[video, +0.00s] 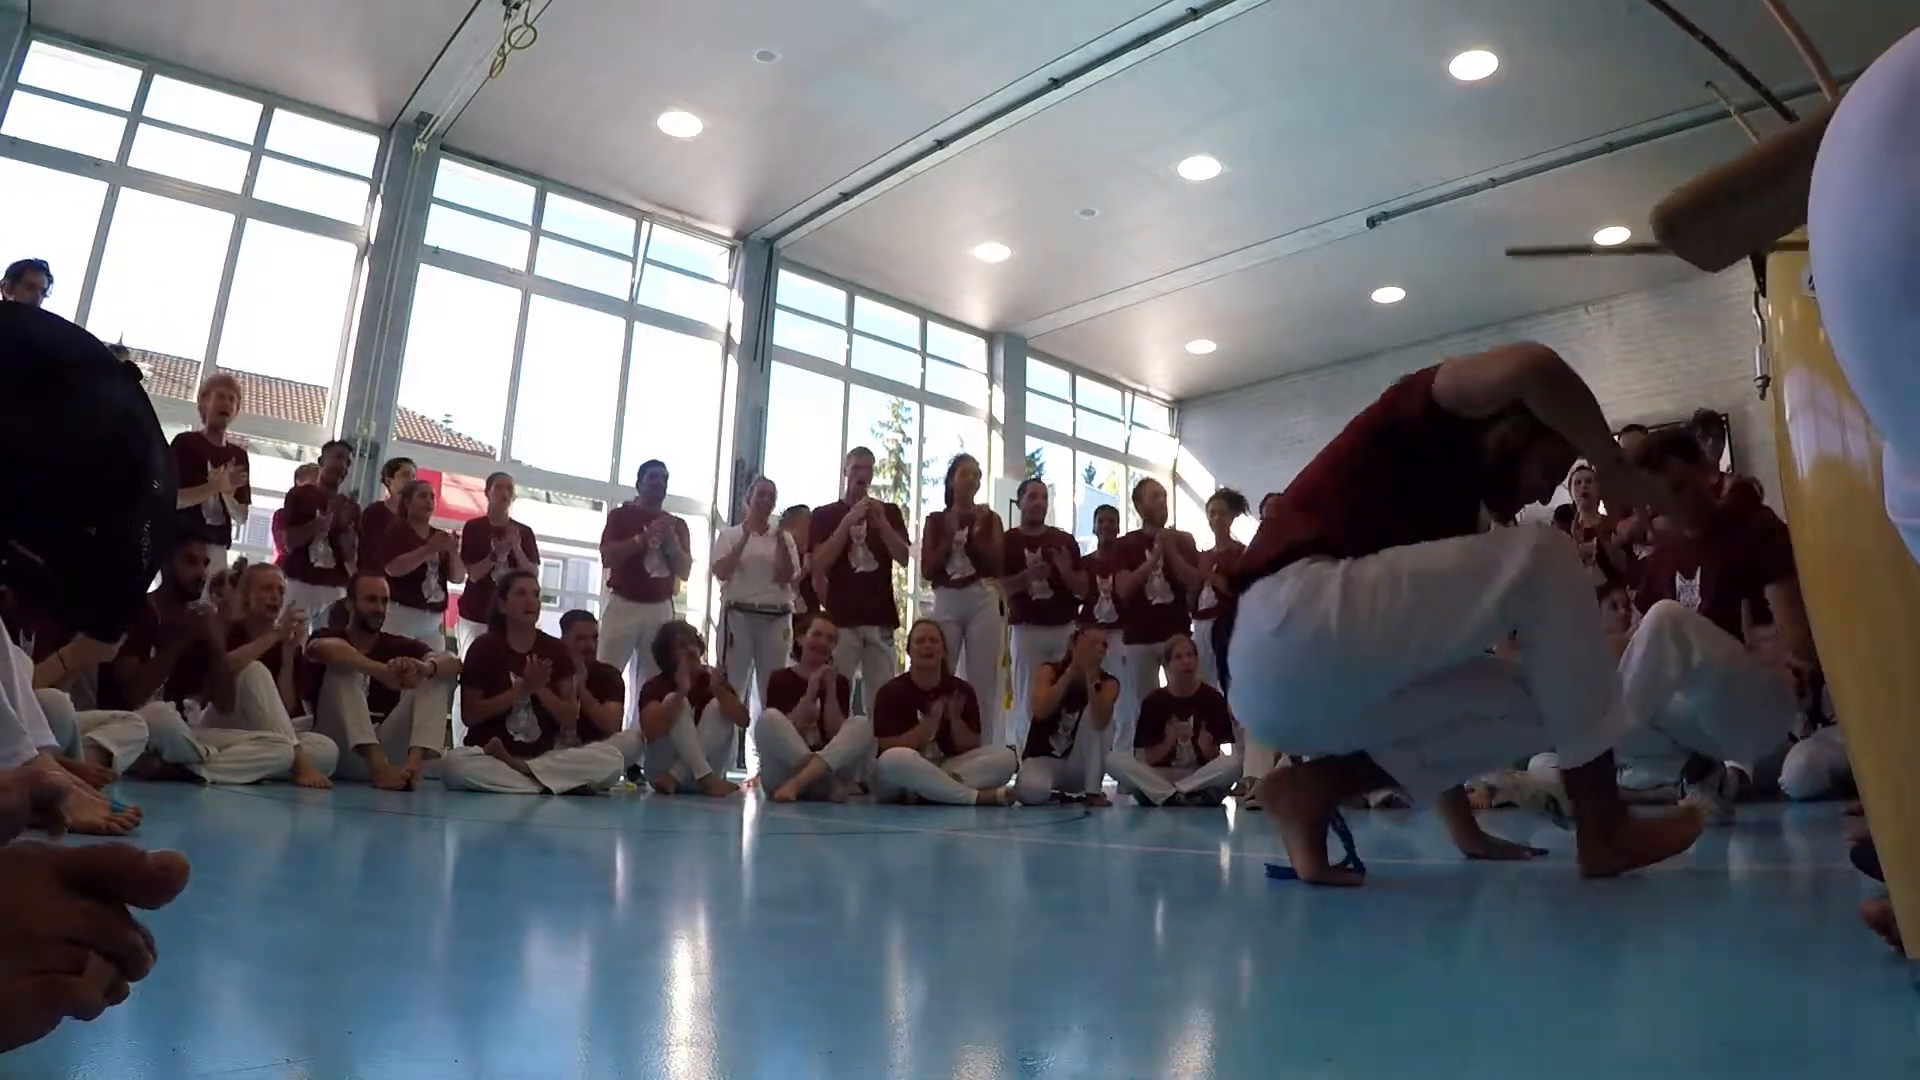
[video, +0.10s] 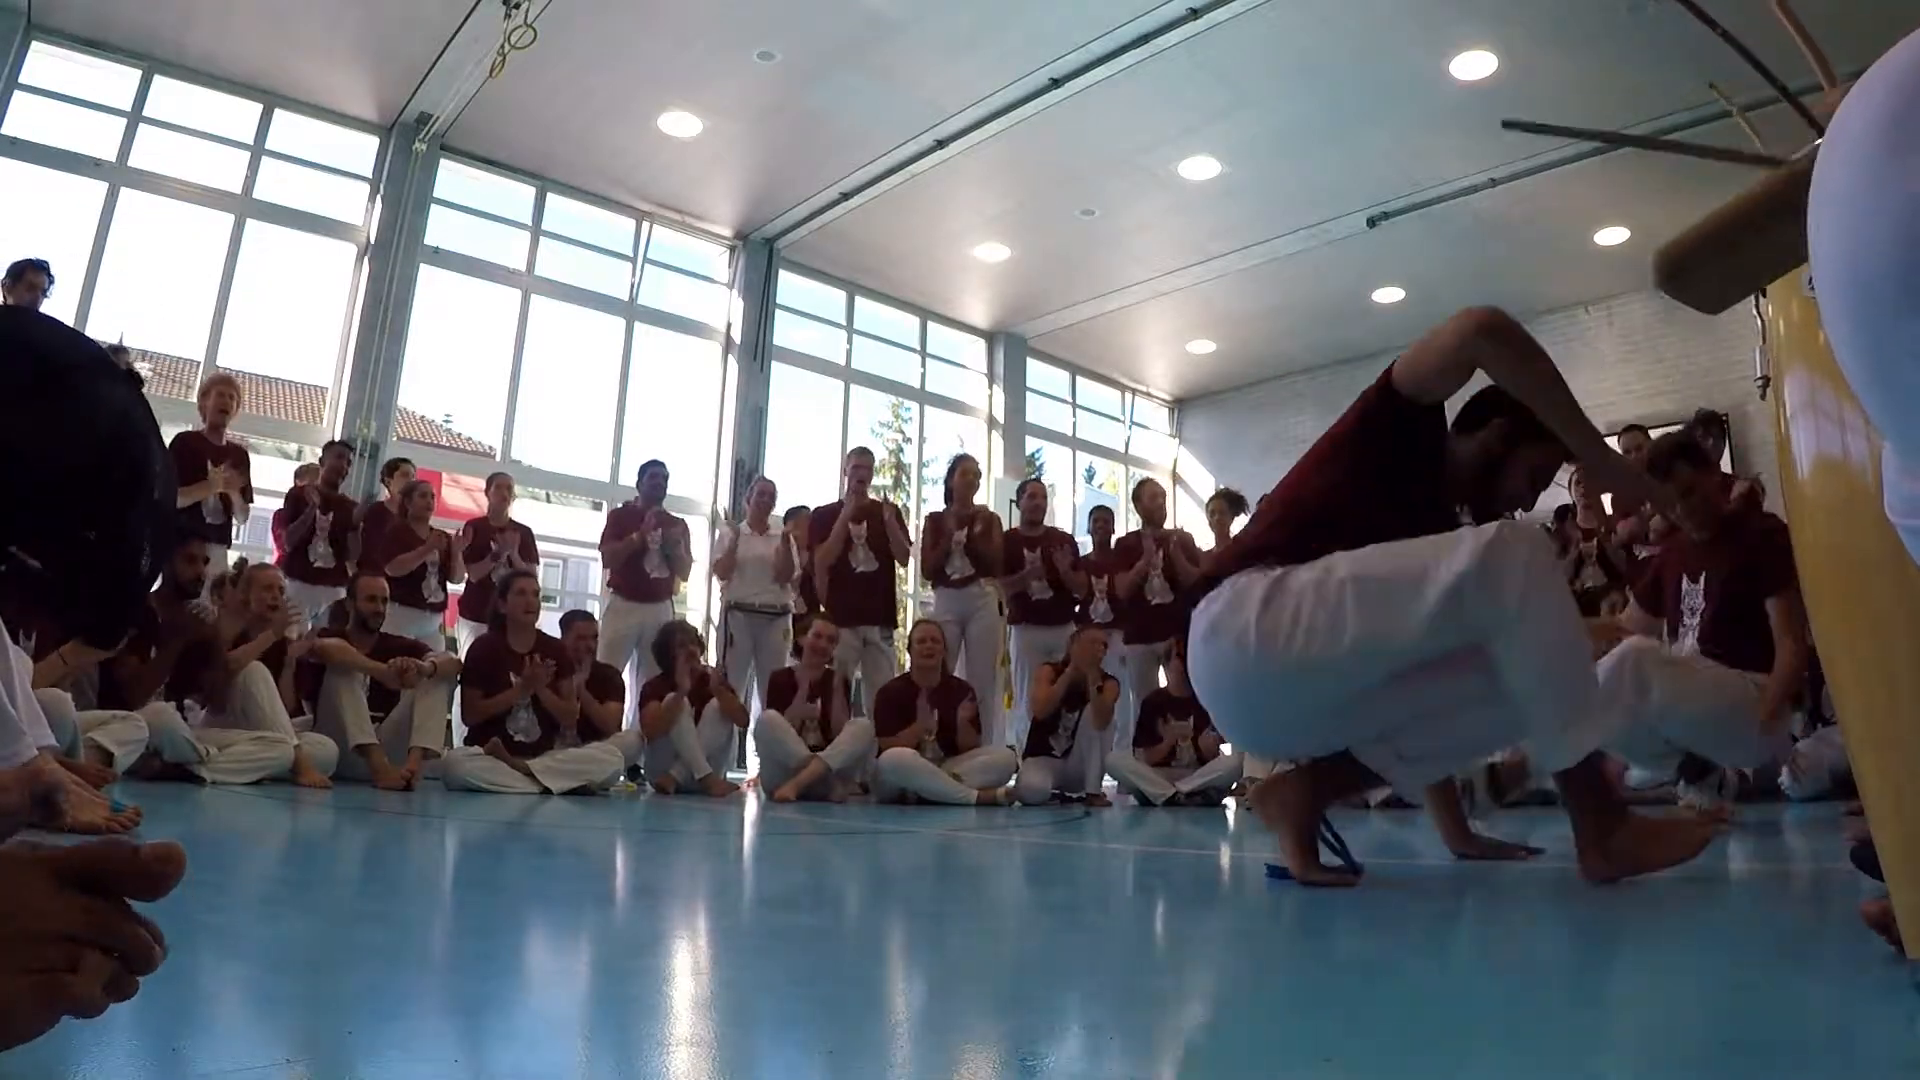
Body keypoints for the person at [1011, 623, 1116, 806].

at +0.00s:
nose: (1099, 650)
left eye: (1103, 645)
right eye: (1093, 643)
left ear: (1106, 650)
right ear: (1074, 644)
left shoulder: (1108, 683)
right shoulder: (1049, 671)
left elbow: (1100, 719)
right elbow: (1040, 710)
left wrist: (1091, 677)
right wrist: (1070, 673)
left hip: (1080, 763)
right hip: (1042, 761)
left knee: (1095, 712)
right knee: (1033, 793)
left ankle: (1093, 791)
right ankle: (1012, 793)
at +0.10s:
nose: (1099, 649)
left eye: (1103, 645)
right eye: (1093, 643)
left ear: (1106, 651)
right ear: (1073, 645)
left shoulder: (1108, 683)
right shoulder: (1049, 670)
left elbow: (1101, 719)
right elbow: (1040, 709)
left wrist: (1093, 676)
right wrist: (1071, 672)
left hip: (1080, 763)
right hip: (1042, 761)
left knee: (1095, 711)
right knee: (1033, 793)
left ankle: (1093, 791)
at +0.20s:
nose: (1097, 649)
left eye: (1102, 645)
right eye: (1091, 642)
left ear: (1105, 651)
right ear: (1074, 644)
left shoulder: (1108, 683)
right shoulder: (1051, 671)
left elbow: (1102, 719)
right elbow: (1040, 711)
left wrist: (1091, 679)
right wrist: (1071, 677)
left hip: (1080, 763)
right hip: (1042, 761)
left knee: (1095, 709)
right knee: (1034, 793)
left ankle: (1093, 791)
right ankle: (1010, 794)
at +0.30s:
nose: (1098, 648)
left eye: (1103, 645)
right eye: (1092, 642)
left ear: (1105, 651)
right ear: (1074, 644)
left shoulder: (1108, 683)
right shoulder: (1050, 671)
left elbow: (1102, 720)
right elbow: (1040, 711)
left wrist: (1091, 678)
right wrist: (1072, 673)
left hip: (1080, 762)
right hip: (1042, 760)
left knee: (1095, 709)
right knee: (1034, 793)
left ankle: (1093, 791)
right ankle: (1010, 794)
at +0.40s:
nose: (1098, 649)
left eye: (1103, 645)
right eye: (1092, 642)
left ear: (1105, 651)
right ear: (1074, 644)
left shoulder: (1109, 683)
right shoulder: (1050, 671)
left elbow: (1105, 726)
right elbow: (1040, 711)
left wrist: (1094, 684)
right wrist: (1069, 672)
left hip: (1083, 759)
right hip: (1043, 757)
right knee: (1041, 787)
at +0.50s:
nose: (1097, 649)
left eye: (1103, 645)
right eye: (1092, 642)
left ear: (1107, 650)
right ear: (1074, 644)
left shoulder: (1105, 679)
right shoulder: (1051, 670)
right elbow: (1046, 705)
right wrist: (1073, 671)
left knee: (1097, 727)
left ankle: (1093, 789)